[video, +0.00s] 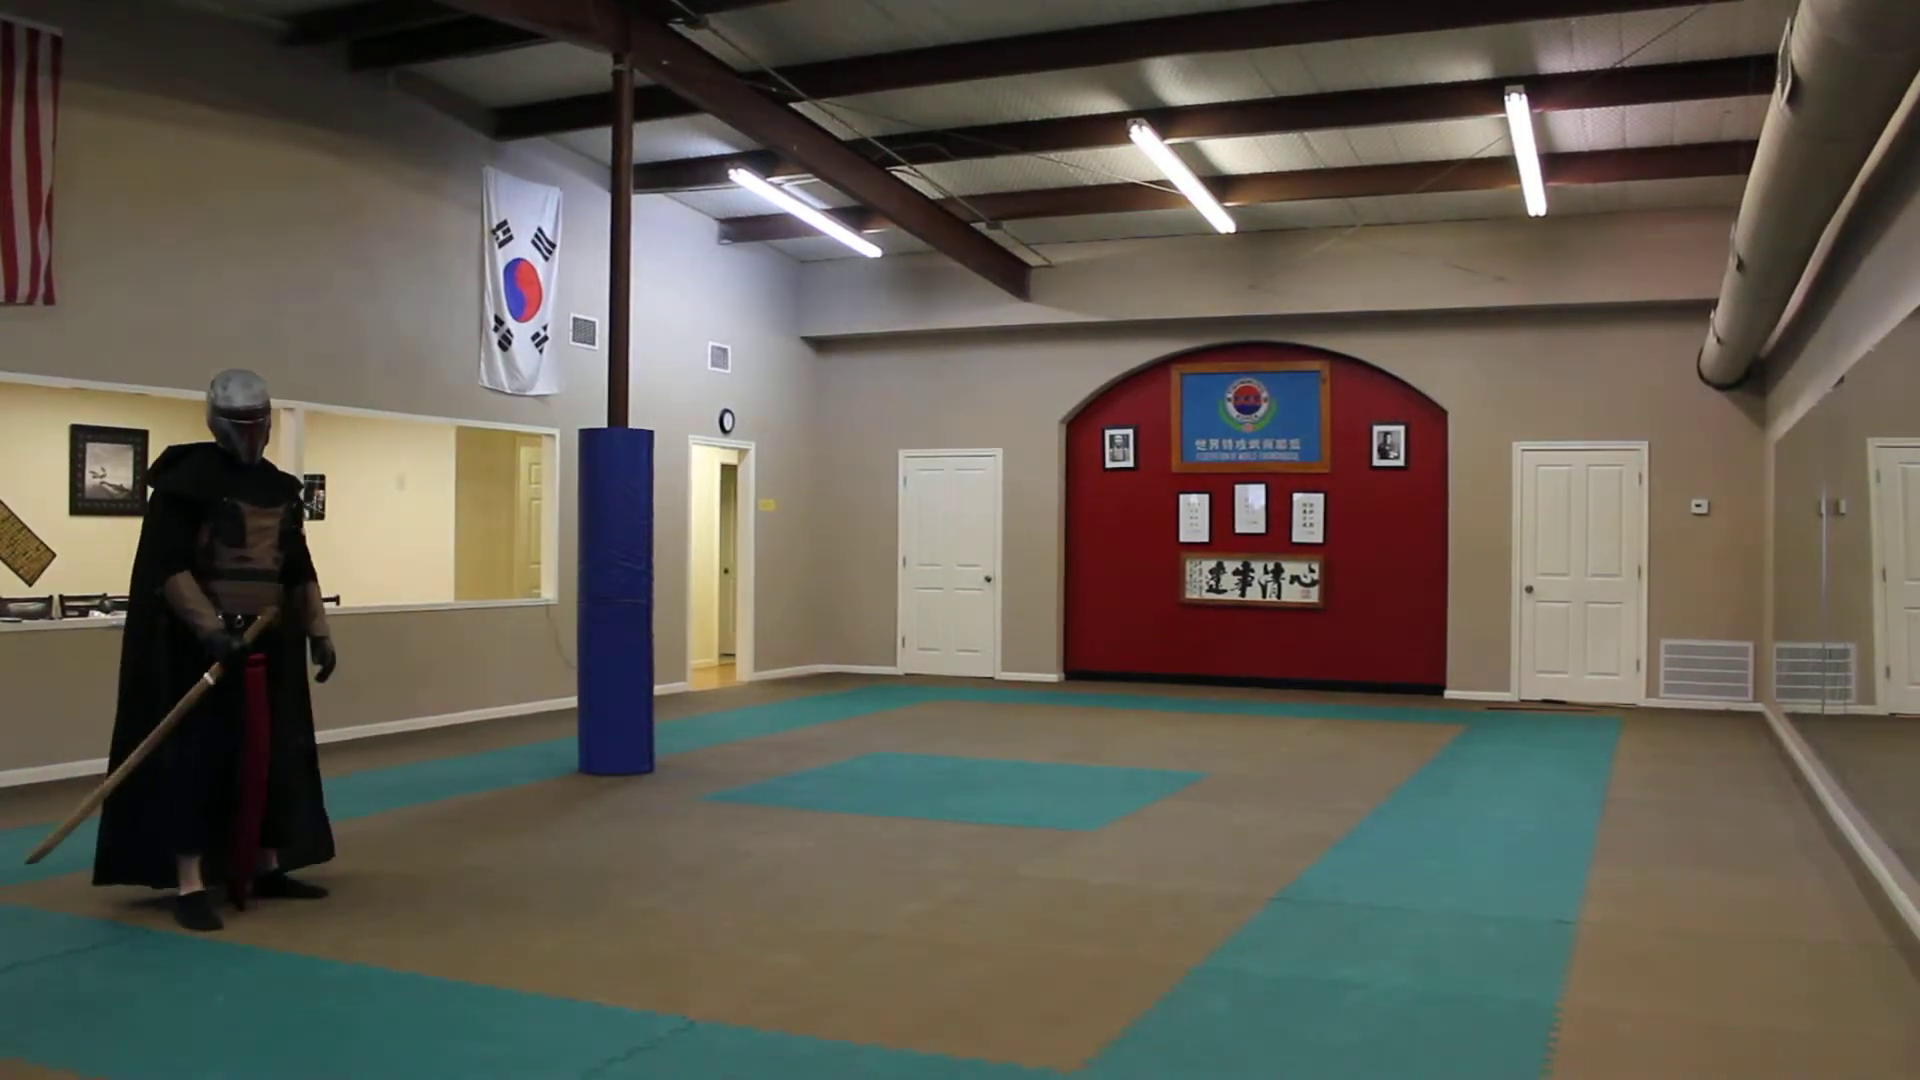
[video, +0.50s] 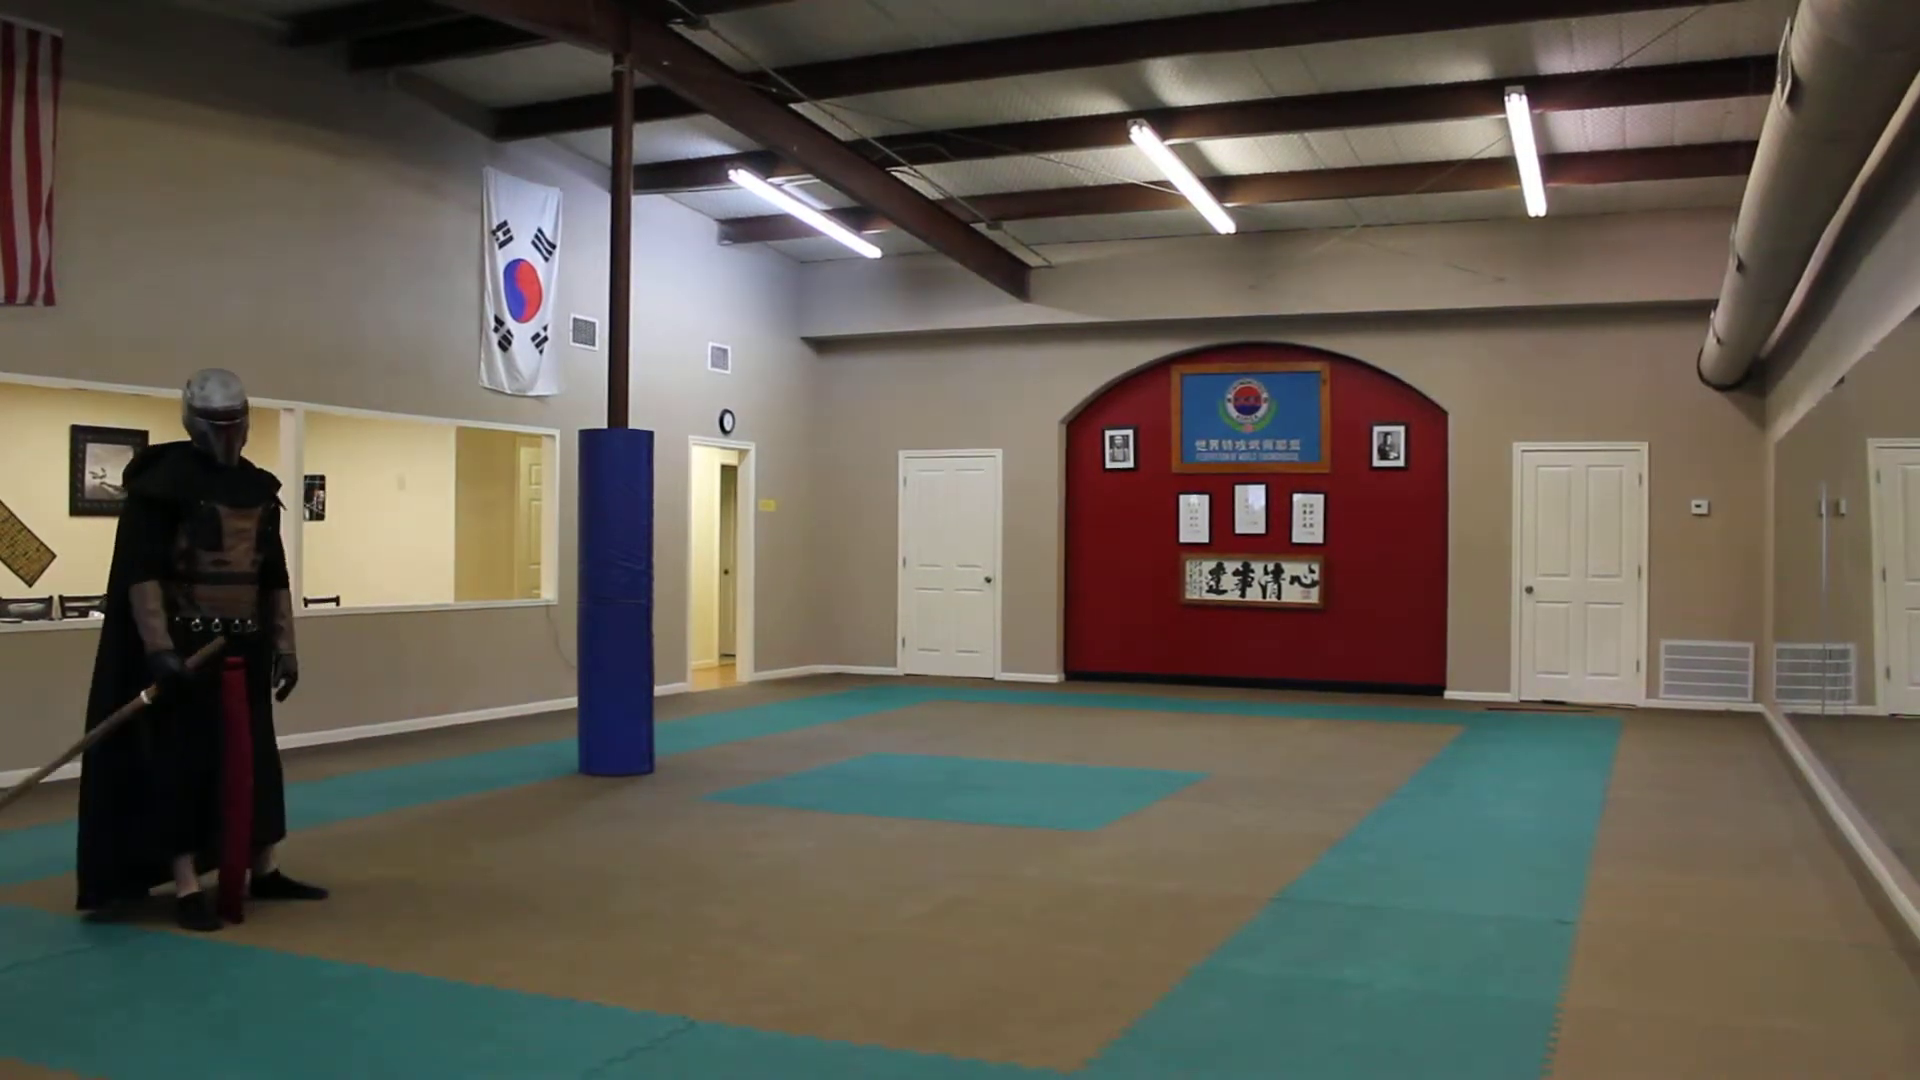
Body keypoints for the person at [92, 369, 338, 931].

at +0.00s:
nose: (249, 429)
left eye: (258, 418)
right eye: (237, 419)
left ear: (270, 419)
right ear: (214, 420)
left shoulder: (281, 490)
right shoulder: (187, 477)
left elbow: (297, 569)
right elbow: (166, 564)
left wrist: (319, 633)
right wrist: (213, 628)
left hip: (266, 644)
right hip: (194, 643)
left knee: (267, 752)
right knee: (195, 755)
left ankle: (263, 870)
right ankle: (190, 883)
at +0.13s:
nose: (239, 432)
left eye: (248, 420)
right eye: (228, 420)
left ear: (261, 420)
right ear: (205, 420)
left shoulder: (275, 489)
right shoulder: (174, 473)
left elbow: (292, 564)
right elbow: (155, 564)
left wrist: (313, 624)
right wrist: (203, 629)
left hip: (259, 644)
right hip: (185, 642)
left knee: (262, 753)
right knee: (188, 756)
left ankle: (262, 871)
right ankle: (188, 885)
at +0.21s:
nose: (235, 431)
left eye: (244, 419)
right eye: (223, 420)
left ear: (257, 419)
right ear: (200, 420)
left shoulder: (270, 488)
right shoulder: (170, 473)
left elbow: (287, 565)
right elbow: (150, 564)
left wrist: (307, 626)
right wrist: (191, 634)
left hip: (253, 645)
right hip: (181, 644)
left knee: (260, 754)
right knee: (184, 758)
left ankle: (263, 871)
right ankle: (187, 885)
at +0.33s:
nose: (230, 431)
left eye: (239, 419)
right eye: (218, 420)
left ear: (252, 420)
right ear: (195, 421)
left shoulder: (263, 489)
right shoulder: (165, 475)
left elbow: (280, 569)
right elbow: (146, 567)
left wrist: (297, 635)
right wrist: (171, 641)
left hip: (249, 647)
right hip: (179, 646)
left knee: (257, 753)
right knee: (181, 758)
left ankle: (263, 869)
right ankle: (186, 883)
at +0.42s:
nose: (228, 432)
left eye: (236, 420)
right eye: (216, 421)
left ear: (249, 420)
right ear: (192, 421)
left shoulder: (260, 489)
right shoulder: (163, 477)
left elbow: (277, 574)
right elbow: (143, 569)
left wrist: (289, 643)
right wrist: (164, 644)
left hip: (245, 649)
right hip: (178, 648)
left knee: (255, 756)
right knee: (181, 762)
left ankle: (262, 871)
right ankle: (187, 886)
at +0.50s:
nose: (227, 432)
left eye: (235, 420)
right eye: (215, 421)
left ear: (248, 420)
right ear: (190, 421)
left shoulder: (258, 489)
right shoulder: (161, 477)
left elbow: (274, 575)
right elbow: (141, 570)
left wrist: (285, 645)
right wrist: (159, 649)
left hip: (243, 651)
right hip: (179, 651)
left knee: (254, 758)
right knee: (180, 764)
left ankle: (262, 872)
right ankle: (187, 886)